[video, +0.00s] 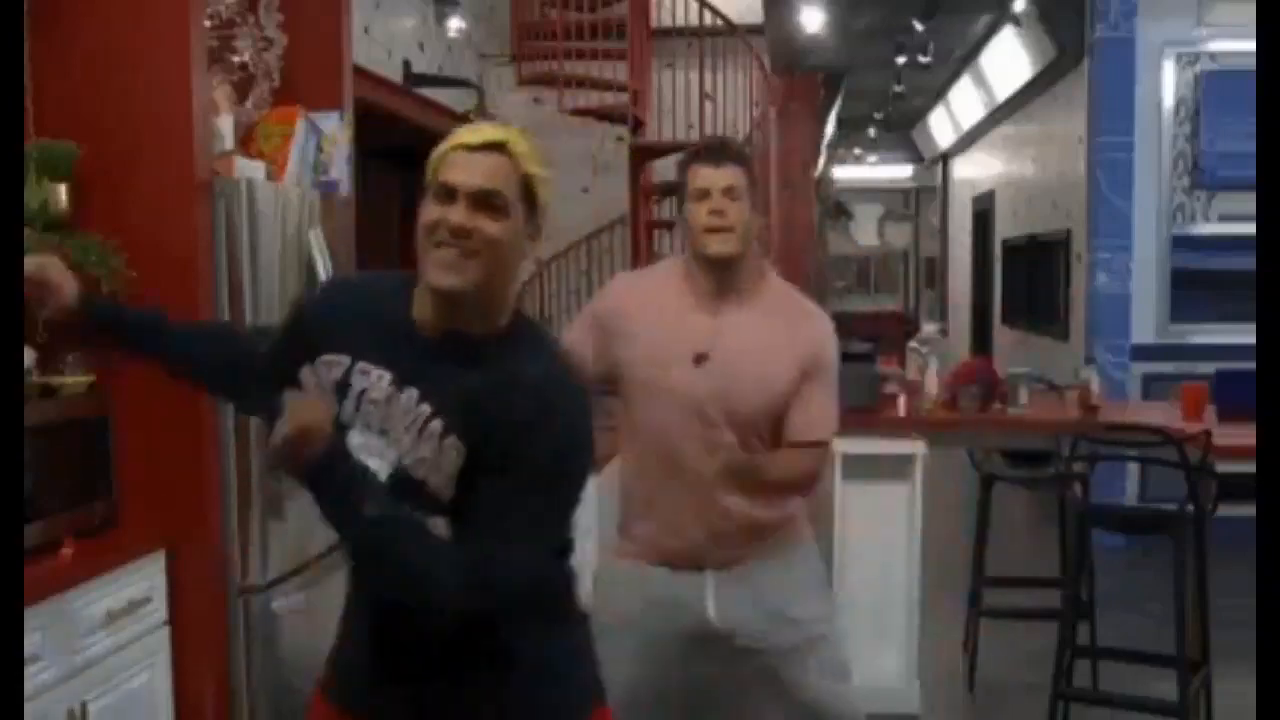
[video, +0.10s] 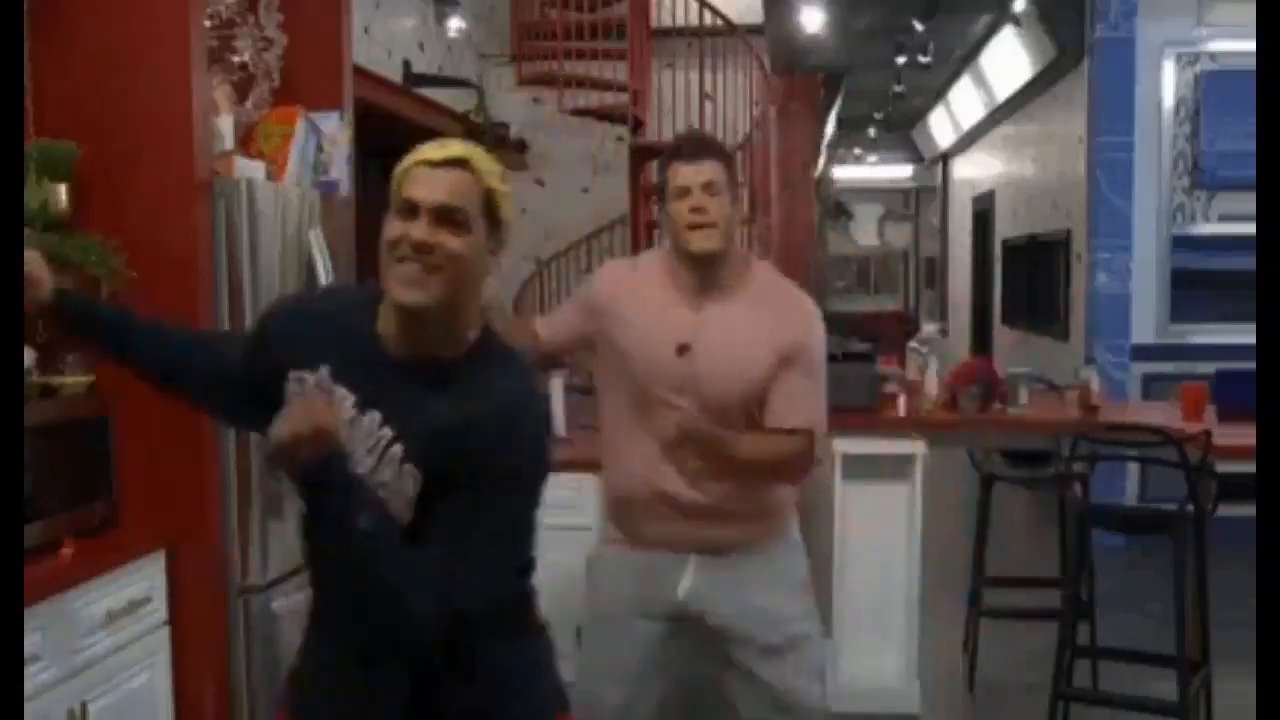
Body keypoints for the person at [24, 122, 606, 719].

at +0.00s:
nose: (457, 219)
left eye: (488, 206)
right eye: (444, 198)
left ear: (532, 238)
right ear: (419, 215)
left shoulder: (544, 397)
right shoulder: (347, 312)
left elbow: (479, 584)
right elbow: (257, 371)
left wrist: (331, 470)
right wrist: (89, 315)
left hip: (515, 693)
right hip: (373, 676)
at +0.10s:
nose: (418, 235)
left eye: (449, 222)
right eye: (405, 212)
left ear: (491, 250)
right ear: (383, 226)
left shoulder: (505, 403)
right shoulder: (316, 325)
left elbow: (437, 605)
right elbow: (236, 381)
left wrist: (327, 474)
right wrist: (63, 304)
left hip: (482, 686)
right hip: (345, 671)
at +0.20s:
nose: (355, 204)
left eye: (386, 188)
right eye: (341, 182)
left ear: (431, 215)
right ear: (320, 198)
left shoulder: (472, 353)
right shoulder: (259, 321)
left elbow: (429, 553)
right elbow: (182, 422)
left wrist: (228, 521)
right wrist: (39, 439)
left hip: (444, 676)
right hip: (298, 669)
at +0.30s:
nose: (323, 194)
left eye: (351, 176)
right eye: (306, 174)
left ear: (400, 198)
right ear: (287, 192)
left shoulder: (464, 331)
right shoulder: (238, 333)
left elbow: (432, 535)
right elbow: (156, 493)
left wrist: (232, 613)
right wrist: (37, 550)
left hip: (440, 662)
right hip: (293, 662)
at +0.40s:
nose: (266, 235)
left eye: (292, 213)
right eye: (249, 218)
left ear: (345, 227)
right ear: (233, 239)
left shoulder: (435, 350)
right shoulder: (209, 400)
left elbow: (464, 560)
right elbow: (198, 599)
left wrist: (462, 701)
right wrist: (217, 705)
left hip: (425, 681)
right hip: (274, 690)